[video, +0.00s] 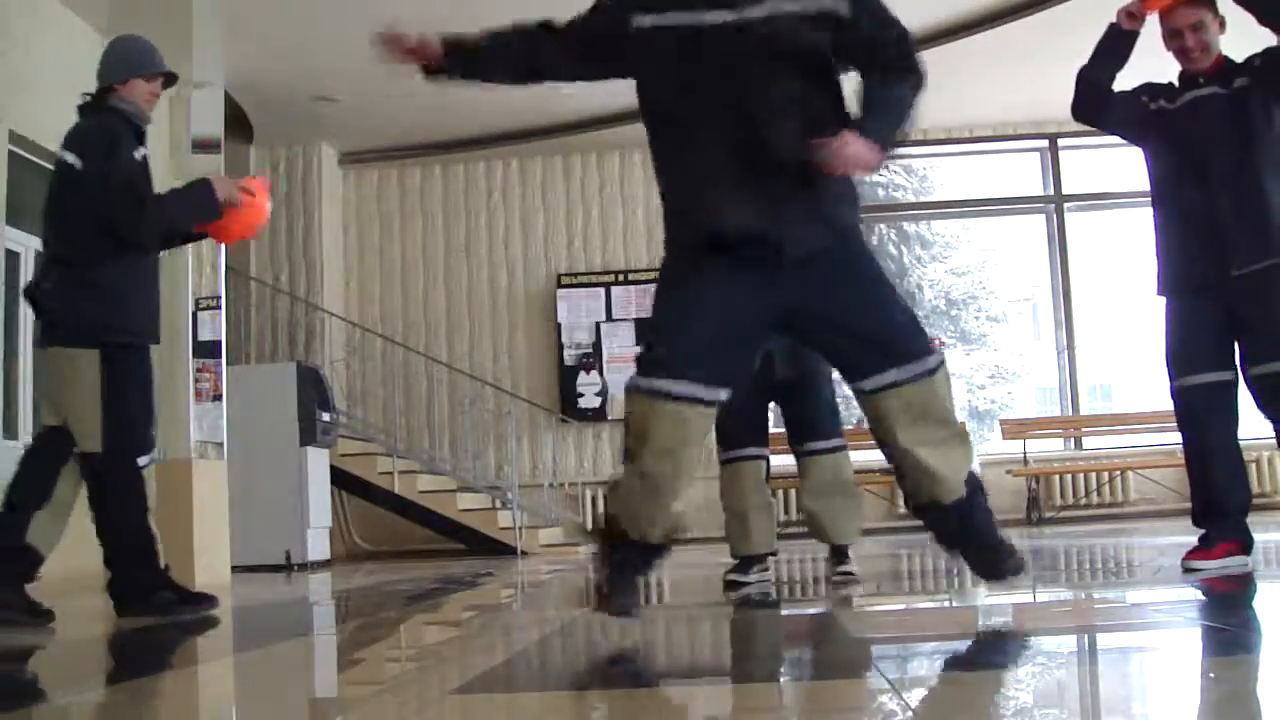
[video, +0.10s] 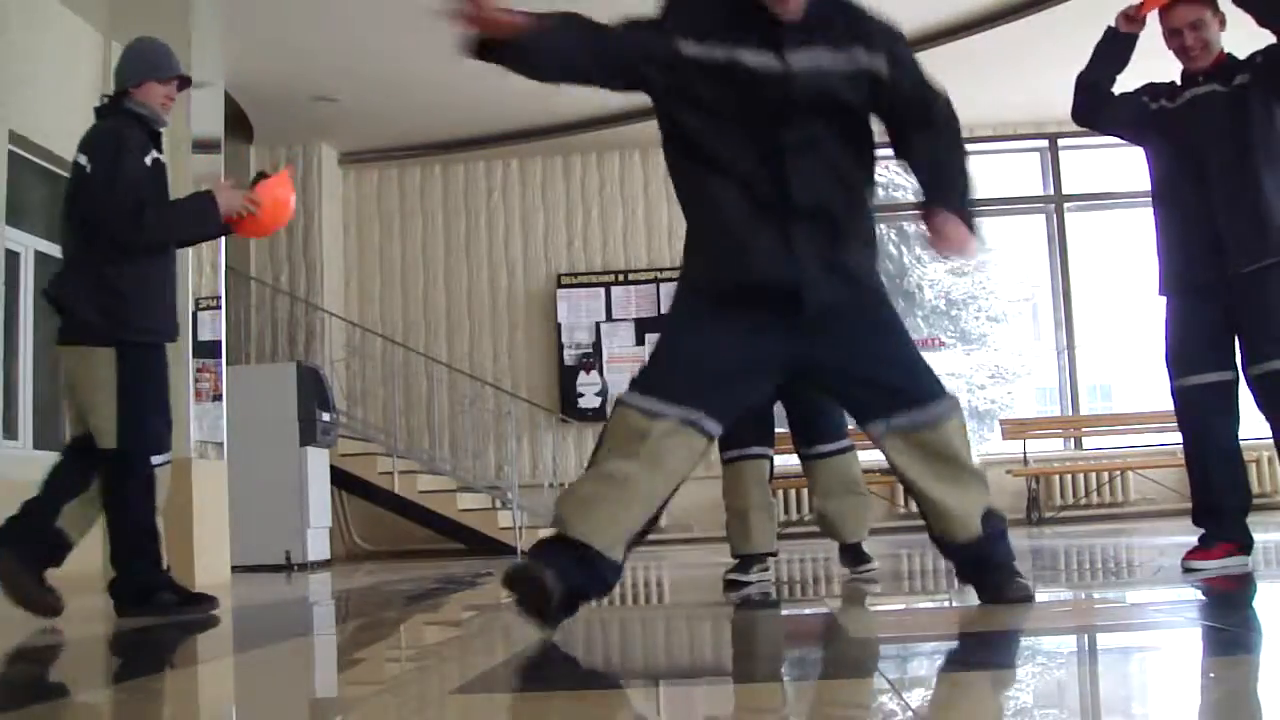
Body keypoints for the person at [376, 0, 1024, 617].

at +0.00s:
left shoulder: (821, 3)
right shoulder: (641, 17)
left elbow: (895, 59)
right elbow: (552, 49)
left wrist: (874, 133)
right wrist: (447, 56)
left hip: (821, 235)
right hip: (711, 246)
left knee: (906, 370)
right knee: (672, 399)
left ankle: (960, 515)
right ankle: (632, 550)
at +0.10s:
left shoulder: (864, 38)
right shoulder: (686, 30)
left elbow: (926, 115)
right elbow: (598, 48)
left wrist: (948, 200)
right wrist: (520, 36)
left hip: (841, 292)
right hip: (726, 294)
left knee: (924, 423)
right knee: (653, 422)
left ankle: (987, 559)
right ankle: (570, 565)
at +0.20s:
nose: (836, 55)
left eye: (850, 41)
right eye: (821, 39)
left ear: (870, 37)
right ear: (790, 27)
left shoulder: (892, 122)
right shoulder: (747, 85)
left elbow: (941, 227)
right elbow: (693, 128)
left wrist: (997, 315)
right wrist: (731, 126)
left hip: (838, 323)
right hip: (730, 319)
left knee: (920, 444)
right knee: (653, 438)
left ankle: (981, 559)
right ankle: (556, 580)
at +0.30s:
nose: (917, 129)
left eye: (927, 117)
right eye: (907, 111)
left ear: (933, 104)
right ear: (867, 82)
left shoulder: (897, 166)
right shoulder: (798, 143)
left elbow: (906, 268)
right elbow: (846, 261)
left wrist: (947, 341)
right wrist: (946, 344)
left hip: (804, 328)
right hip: (710, 321)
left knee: (889, 440)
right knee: (668, 453)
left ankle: (970, 557)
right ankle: (539, 600)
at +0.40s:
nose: (993, 206)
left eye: (1004, 192)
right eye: (990, 187)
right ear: (949, 151)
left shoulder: (874, 173)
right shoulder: (861, 216)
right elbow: (931, 358)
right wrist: (1023, 484)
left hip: (755, 315)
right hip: (678, 295)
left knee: (803, 437)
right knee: (711, 469)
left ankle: (861, 555)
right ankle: (536, 577)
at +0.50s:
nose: (1061, 284)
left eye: (1070, 271)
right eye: (1064, 265)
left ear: (1027, 219)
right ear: (1032, 234)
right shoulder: (943, 284)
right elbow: (982, 438)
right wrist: (1038, 597)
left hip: (737, 290)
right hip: (688, 293)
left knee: (724, 471)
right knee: (712, 484)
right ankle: (522, 566)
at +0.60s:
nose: (1112, 365)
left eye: (1124, 354)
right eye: (1122, 345)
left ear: (1087, 295)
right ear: (1097, 304)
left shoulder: (983, 304)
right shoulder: (1008, 313)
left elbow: (929, 462)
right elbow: (991, 461)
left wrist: (1017, 561)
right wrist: (1032, 608)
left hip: (740, 289)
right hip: (751, 302)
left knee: (617, 416)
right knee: (709, 496)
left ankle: (433, 460)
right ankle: (494, 556)